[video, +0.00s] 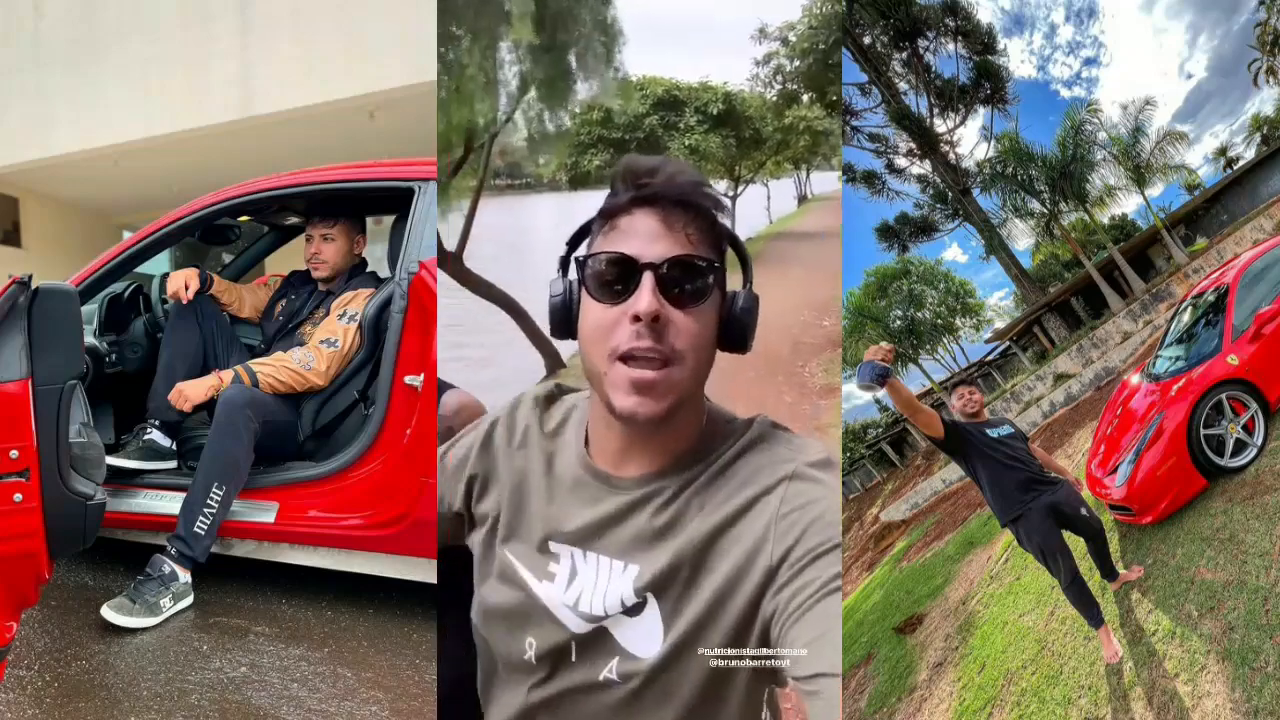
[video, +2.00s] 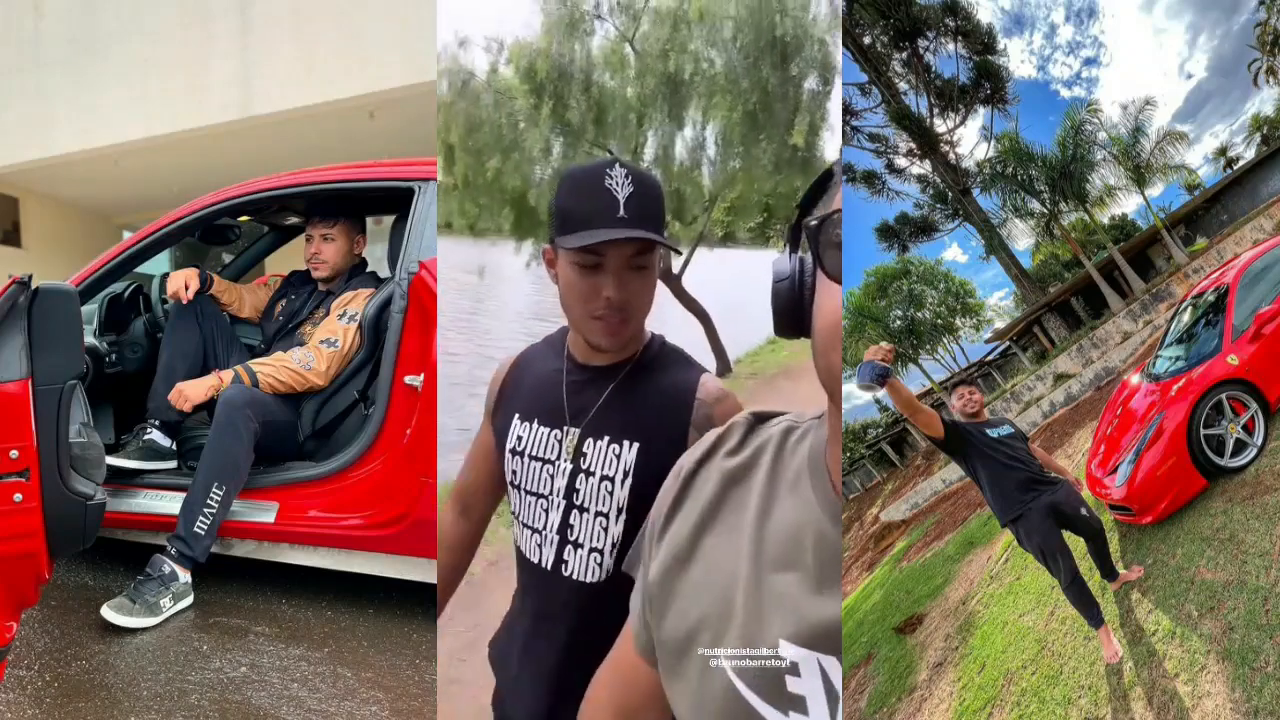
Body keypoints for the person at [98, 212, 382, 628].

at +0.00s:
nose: (314, 249)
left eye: (328, 239)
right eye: (310, 239)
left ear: (359, 245)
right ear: (304, 243)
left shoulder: (361, 297)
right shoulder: (291, 286)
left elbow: (315, 366)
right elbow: (242, 299)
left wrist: (219, 380)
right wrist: (201, 278)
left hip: (315, 410)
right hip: (265, 388)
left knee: (239, 402)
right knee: (196, 302)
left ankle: (177, 567)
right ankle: (161, 433)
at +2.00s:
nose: (314, 250)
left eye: (328, 239)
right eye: (310, 239)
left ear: (358, 245)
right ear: (304, 244)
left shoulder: (362, 297)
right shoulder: (292, 286)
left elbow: (315, 366)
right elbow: (242, 299)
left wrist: (219, 380)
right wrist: (202, 278)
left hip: (316, 410)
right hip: (266, 389)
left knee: (239, 402)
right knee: (196, 303)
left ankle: (177, 568)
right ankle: (161, 433)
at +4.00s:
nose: (314, 250)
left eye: (328, 239)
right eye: (310, 239)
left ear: (358, 245)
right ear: (304, 244)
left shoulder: (362, 297)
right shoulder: (292, 286)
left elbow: (315, 366)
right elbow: (242, 299)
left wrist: (219, 380)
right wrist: (202, 278)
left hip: (317, 410)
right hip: (266, 389)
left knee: (239, 402)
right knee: (196, 303)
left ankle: (177, 568)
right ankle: (161, 433)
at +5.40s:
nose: (314, 250)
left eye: (328, 239)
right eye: (310, 239)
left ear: (358, 245)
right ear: (304, 243)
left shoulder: (361, 297)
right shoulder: (291, 286)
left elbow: (315, 366)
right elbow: (243, 299)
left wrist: (219, 380)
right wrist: (201, 278)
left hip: (317, 411)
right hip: (266, 390)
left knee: (239, 402)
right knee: (196, 303)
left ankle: (177, 568)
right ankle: (161, 433)